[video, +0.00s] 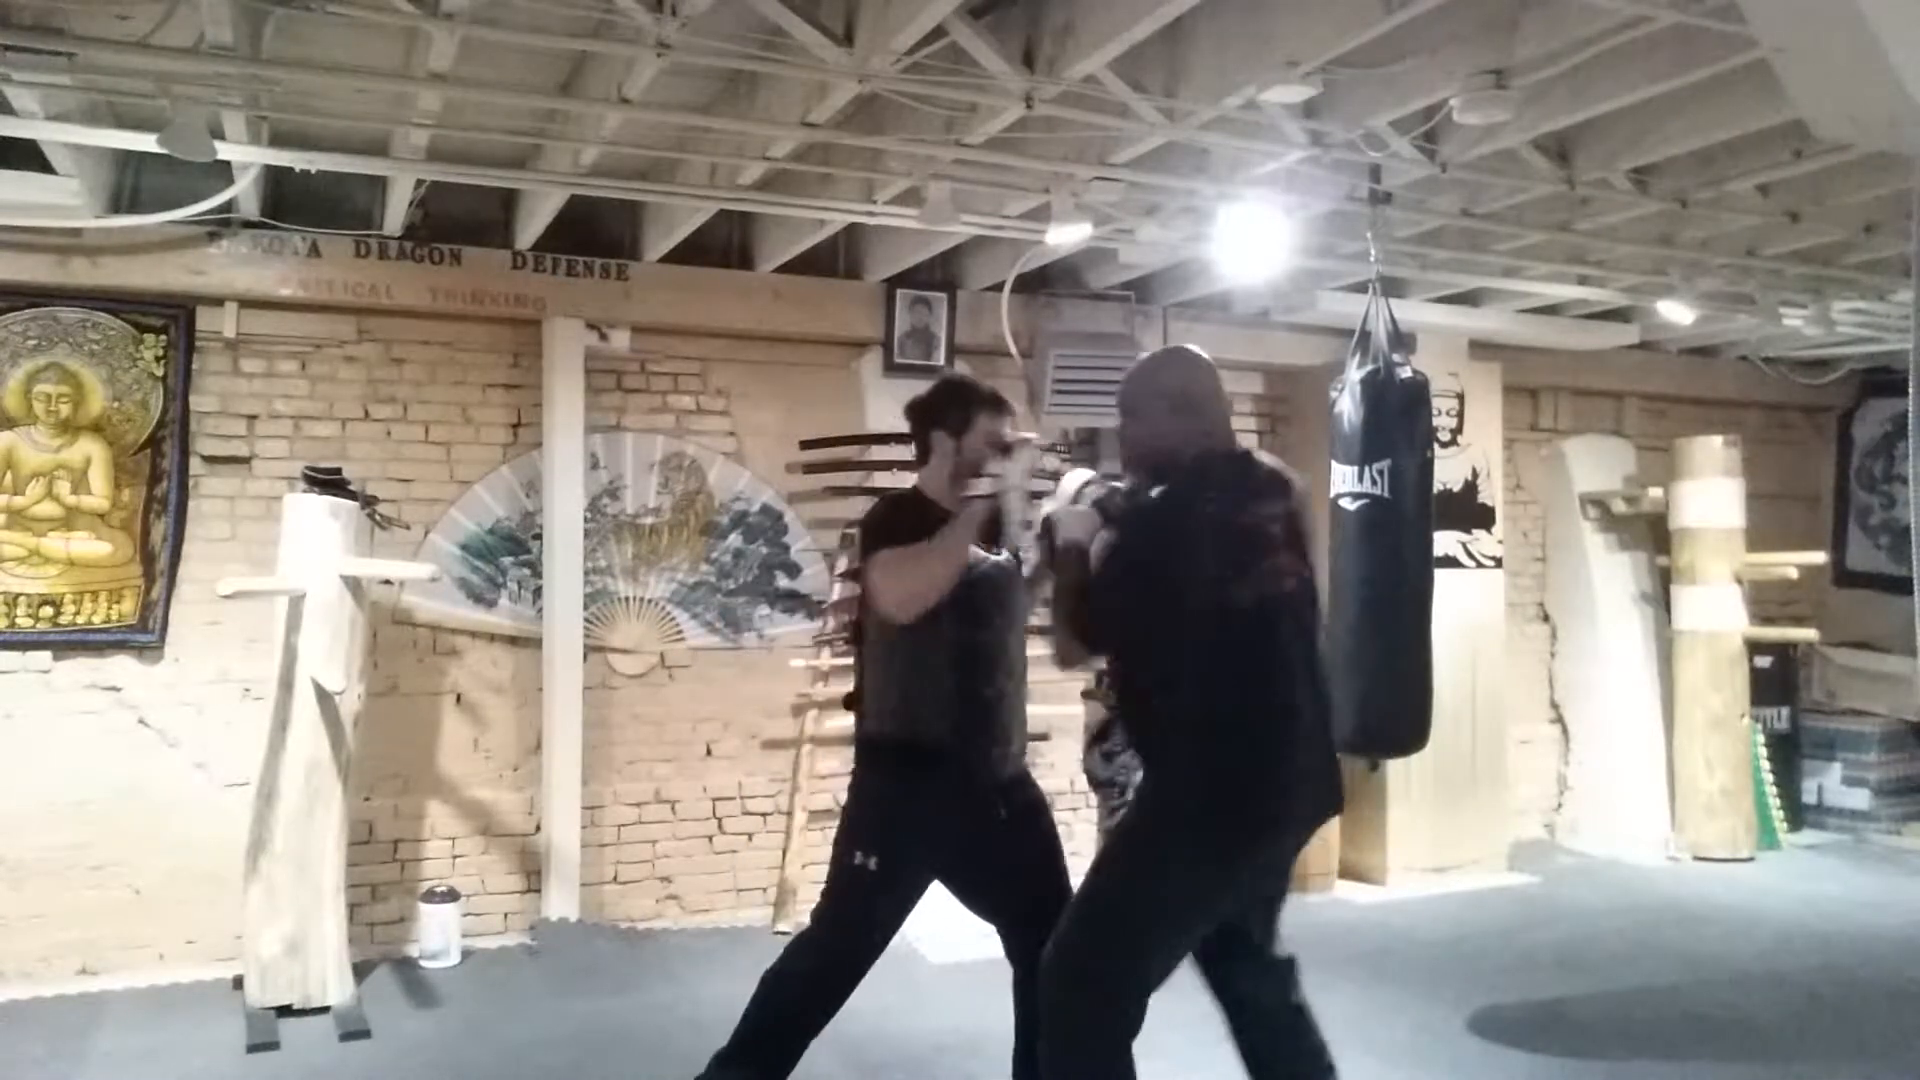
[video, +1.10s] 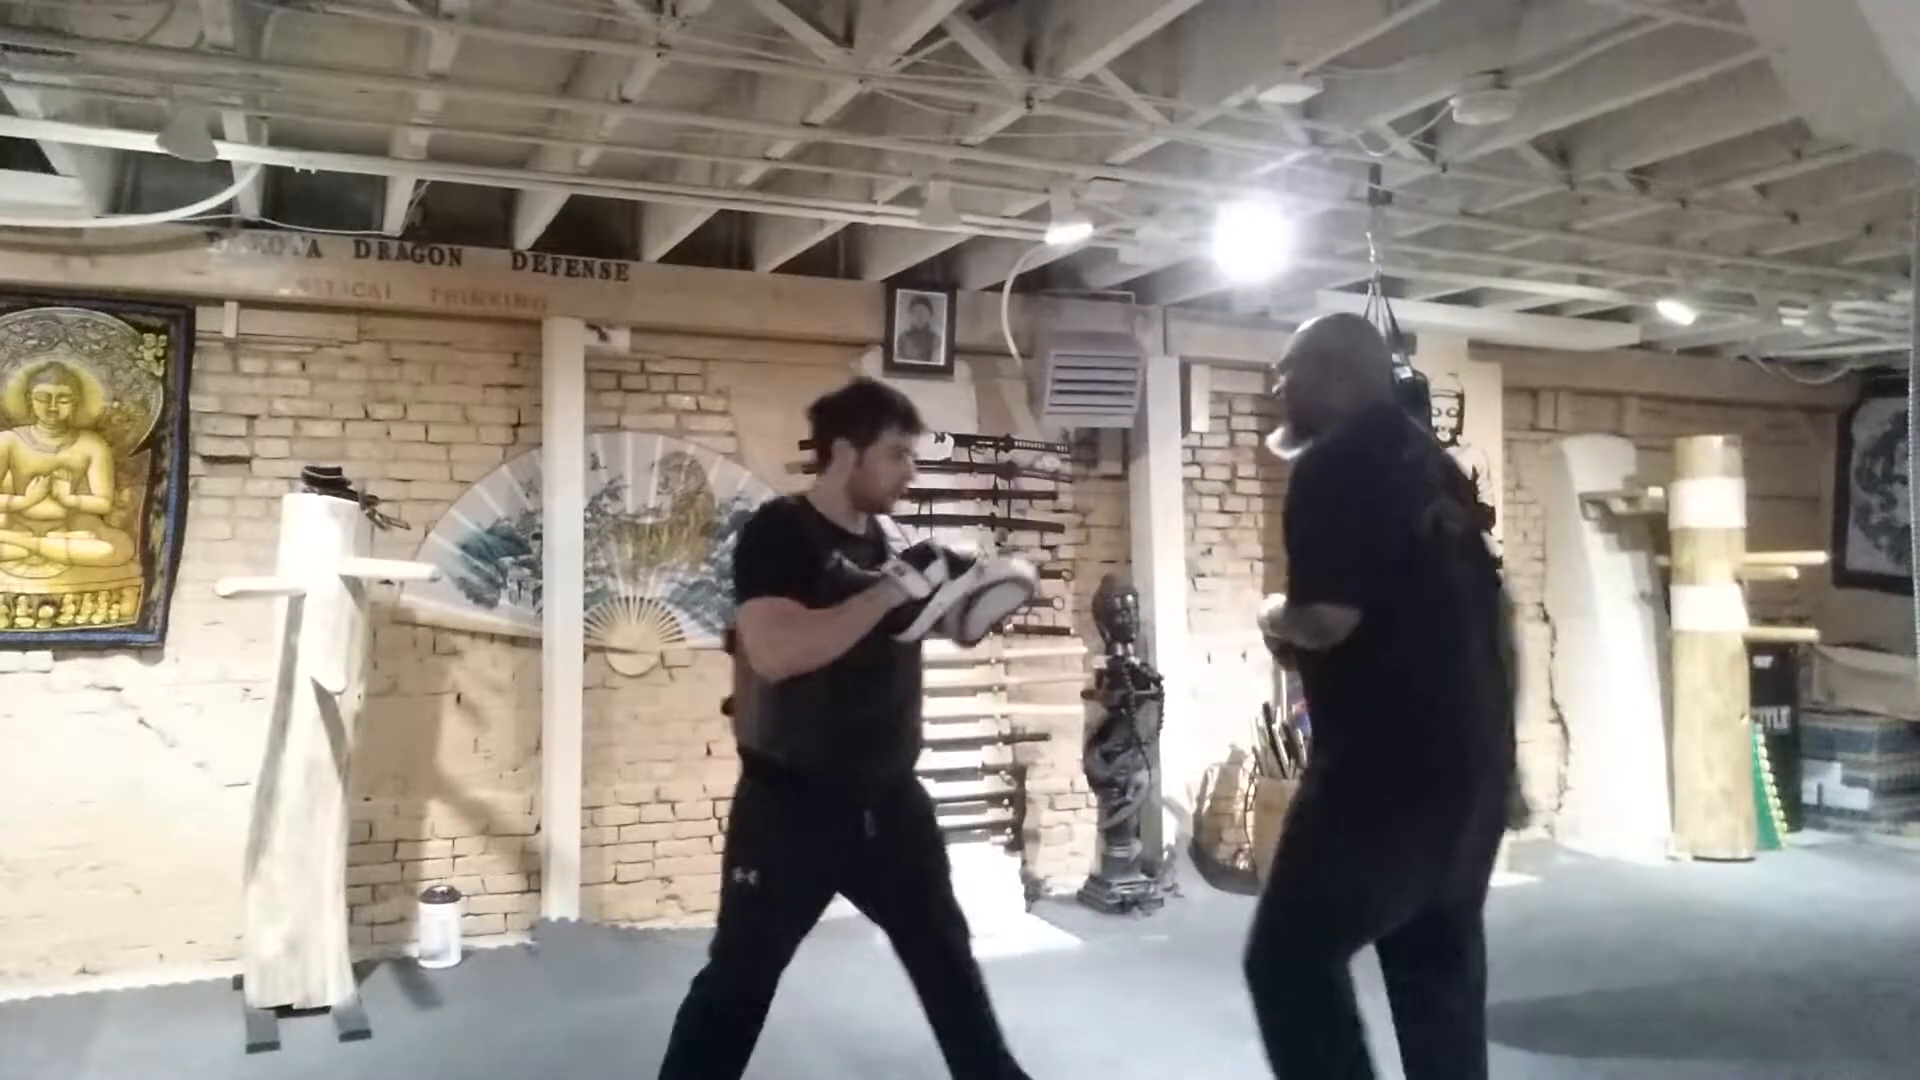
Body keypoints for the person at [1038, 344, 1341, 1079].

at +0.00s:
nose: (1119, 431)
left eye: (1130, 414)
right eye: (1121, 415)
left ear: (1172, 417)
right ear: (1212, 414)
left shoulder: (1168, 515)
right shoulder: (1270, 491)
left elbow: (1088, 629)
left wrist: (1070, 553)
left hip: (1209, 793)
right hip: (1291, 778)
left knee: (1082, 979)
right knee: (1240, 951)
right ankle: (1304, 1074)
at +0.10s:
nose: (1105, 439)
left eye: (1117, 421)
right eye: (1106, 422)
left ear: (1164, 427)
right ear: (1186, 424)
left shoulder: (1225, 520)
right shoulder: (1170, 513)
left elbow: (1151, 681)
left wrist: (1098, 575)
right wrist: (1058, 506)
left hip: (1226, 801)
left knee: (1075, 978)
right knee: (1221, 973)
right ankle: (1290, 1078)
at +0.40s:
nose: (1083, 439)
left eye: (1095, 420)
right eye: (1082, 421)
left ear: (1148, 419)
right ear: (1151, 421)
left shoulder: (1222, 518)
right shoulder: (1147, 512)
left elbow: (1183, 684)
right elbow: (1096, 618)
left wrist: (1085, 579)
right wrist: (1035, 533)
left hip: (1225, 803)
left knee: (1089, 989)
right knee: (1241, 966)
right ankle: (1312, 1079)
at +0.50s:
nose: (1100, 417)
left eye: (1116, 398)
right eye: (1099, 400)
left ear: (1163, 400)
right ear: (1176, 403)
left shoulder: (1195, 495)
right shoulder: (1231, 479)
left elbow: (1157, 666)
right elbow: (1207, 608)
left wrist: (1077, 583)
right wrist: (1121, 556)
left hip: (1241, 772)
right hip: (1295, 758)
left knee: (1130, 984)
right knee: (1267, 947)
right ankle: (1344, 1076)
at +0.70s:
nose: (1182, 415)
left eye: (1193, 396)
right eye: (1184, 397)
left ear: (1236, 398)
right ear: (1261, 397)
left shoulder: (1251, 497)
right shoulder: (1318, 483)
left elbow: (1196, 648)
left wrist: (1134, 609)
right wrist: (1167, 603)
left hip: (1274, 798)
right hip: (1351, 785)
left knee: (1172, 1009)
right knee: (1355, 978)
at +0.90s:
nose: (1248, 399)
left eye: (1259, 382)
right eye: (1252, 382)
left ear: (1304, 385)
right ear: (1327, 385)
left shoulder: (1298, 477)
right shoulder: (1391, 463)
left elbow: (1297, 633)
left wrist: (1246, 622)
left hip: (1352, 760)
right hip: (1431, 747)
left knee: (1249, 970)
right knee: (1399, 937)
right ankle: (1432, 1073)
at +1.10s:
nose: (1277, 390)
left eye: (1290, 374)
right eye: (1281, 374)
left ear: (1334, 378)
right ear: (1369, 379)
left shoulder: (1336, 464)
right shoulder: (1429, 461)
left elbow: (1328, 618)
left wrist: (1275, 619)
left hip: (1382, 777)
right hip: (1465, 774)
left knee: (1288, 960)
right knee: (1439, 988)